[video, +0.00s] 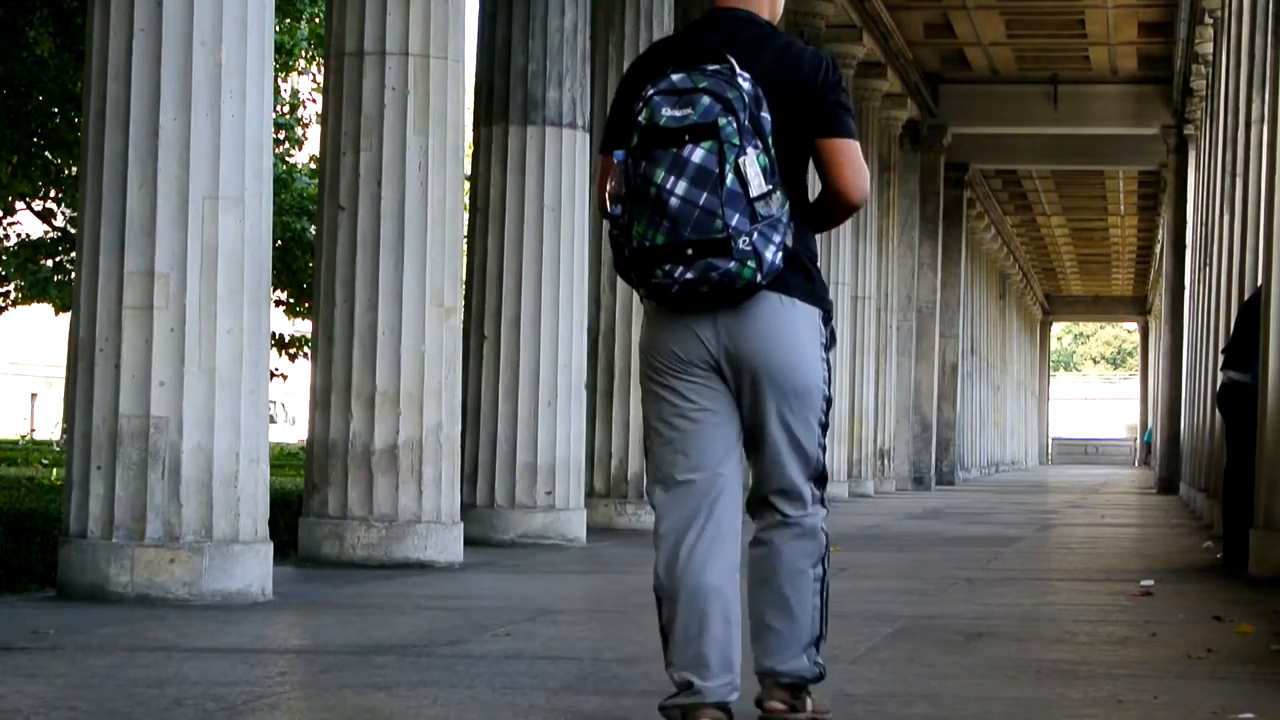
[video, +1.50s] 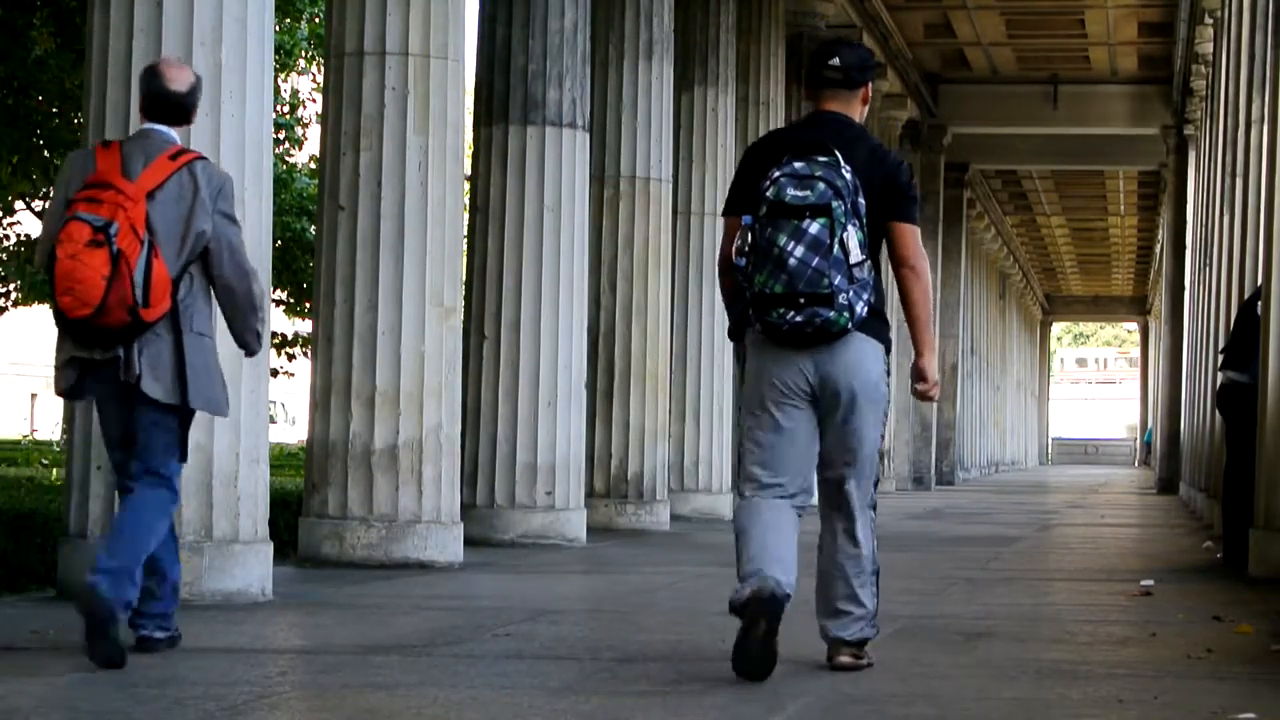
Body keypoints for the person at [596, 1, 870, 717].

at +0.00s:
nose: (783, 5)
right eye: (781, 1)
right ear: (773, 2)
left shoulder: (646, 66)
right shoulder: (804, 64)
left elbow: (609, 190)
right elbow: (853, 186)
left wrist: (673, 227)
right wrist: (803, 222)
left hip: (676, 314)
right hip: (778, 310)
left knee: (692, 498)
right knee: (788, 500)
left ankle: (703, 696)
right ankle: (786, 684)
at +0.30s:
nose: (825, 24)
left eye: (822, 16)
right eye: (825, 16)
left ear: (746, 19)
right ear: (815, 18)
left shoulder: (691, 92)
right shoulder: (841, 101)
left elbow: (647, 211)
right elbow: (880, 220)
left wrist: (707, 251)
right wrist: (824, 253)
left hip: (706, 324)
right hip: (805, 327)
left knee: (709, 498)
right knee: (799, 512)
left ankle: (706, 635)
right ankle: (791, 686)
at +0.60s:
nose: (834, 33)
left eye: (820, 24)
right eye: (834, 25)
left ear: (764, 29)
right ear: (833, 29)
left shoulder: (715, 100)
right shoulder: (861, 111)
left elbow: (672, 212)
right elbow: (895, 227)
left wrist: (732, 245)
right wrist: (827, 246)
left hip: (727, 324)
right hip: (822, 327)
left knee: (728, 493)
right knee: (804, 500)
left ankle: (726, 656)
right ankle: (791, 677)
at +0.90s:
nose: (817, 62)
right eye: (819, 52)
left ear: (752, 58)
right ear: (817, 57)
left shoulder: (712, 133)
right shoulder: (849, 134)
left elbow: (663, 237)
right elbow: (883, 247)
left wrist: (662, 324)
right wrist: (855, 308)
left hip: (734, 337)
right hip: (820, 337)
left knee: (745, 498)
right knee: (817, 492)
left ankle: (750, 656)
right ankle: (800, 611)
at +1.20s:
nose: (834, 80)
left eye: (823, 70)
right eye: (834, 71)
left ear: (767, 72)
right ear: (825, 72)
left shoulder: (722, 139)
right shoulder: (847, 141)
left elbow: (688, 247)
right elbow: (888, 231)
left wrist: (711, 319)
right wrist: (927, 324)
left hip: (741, 338)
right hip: (824, 334)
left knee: (747, 492)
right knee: (838, 489)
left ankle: (751, 651)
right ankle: (842, 641)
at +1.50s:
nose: (869, 103)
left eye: (865, 95)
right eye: (871, 95)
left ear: (808, 91)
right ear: (866, 95)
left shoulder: (761, 154)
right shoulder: (881, 163)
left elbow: (729, 253)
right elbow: (910, 262)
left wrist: (743, 327)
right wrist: (926, 350)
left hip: (773, 341)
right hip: (855, 343)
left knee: (769, 484)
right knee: (850, 492)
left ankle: (763, 588)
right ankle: (847, 638)